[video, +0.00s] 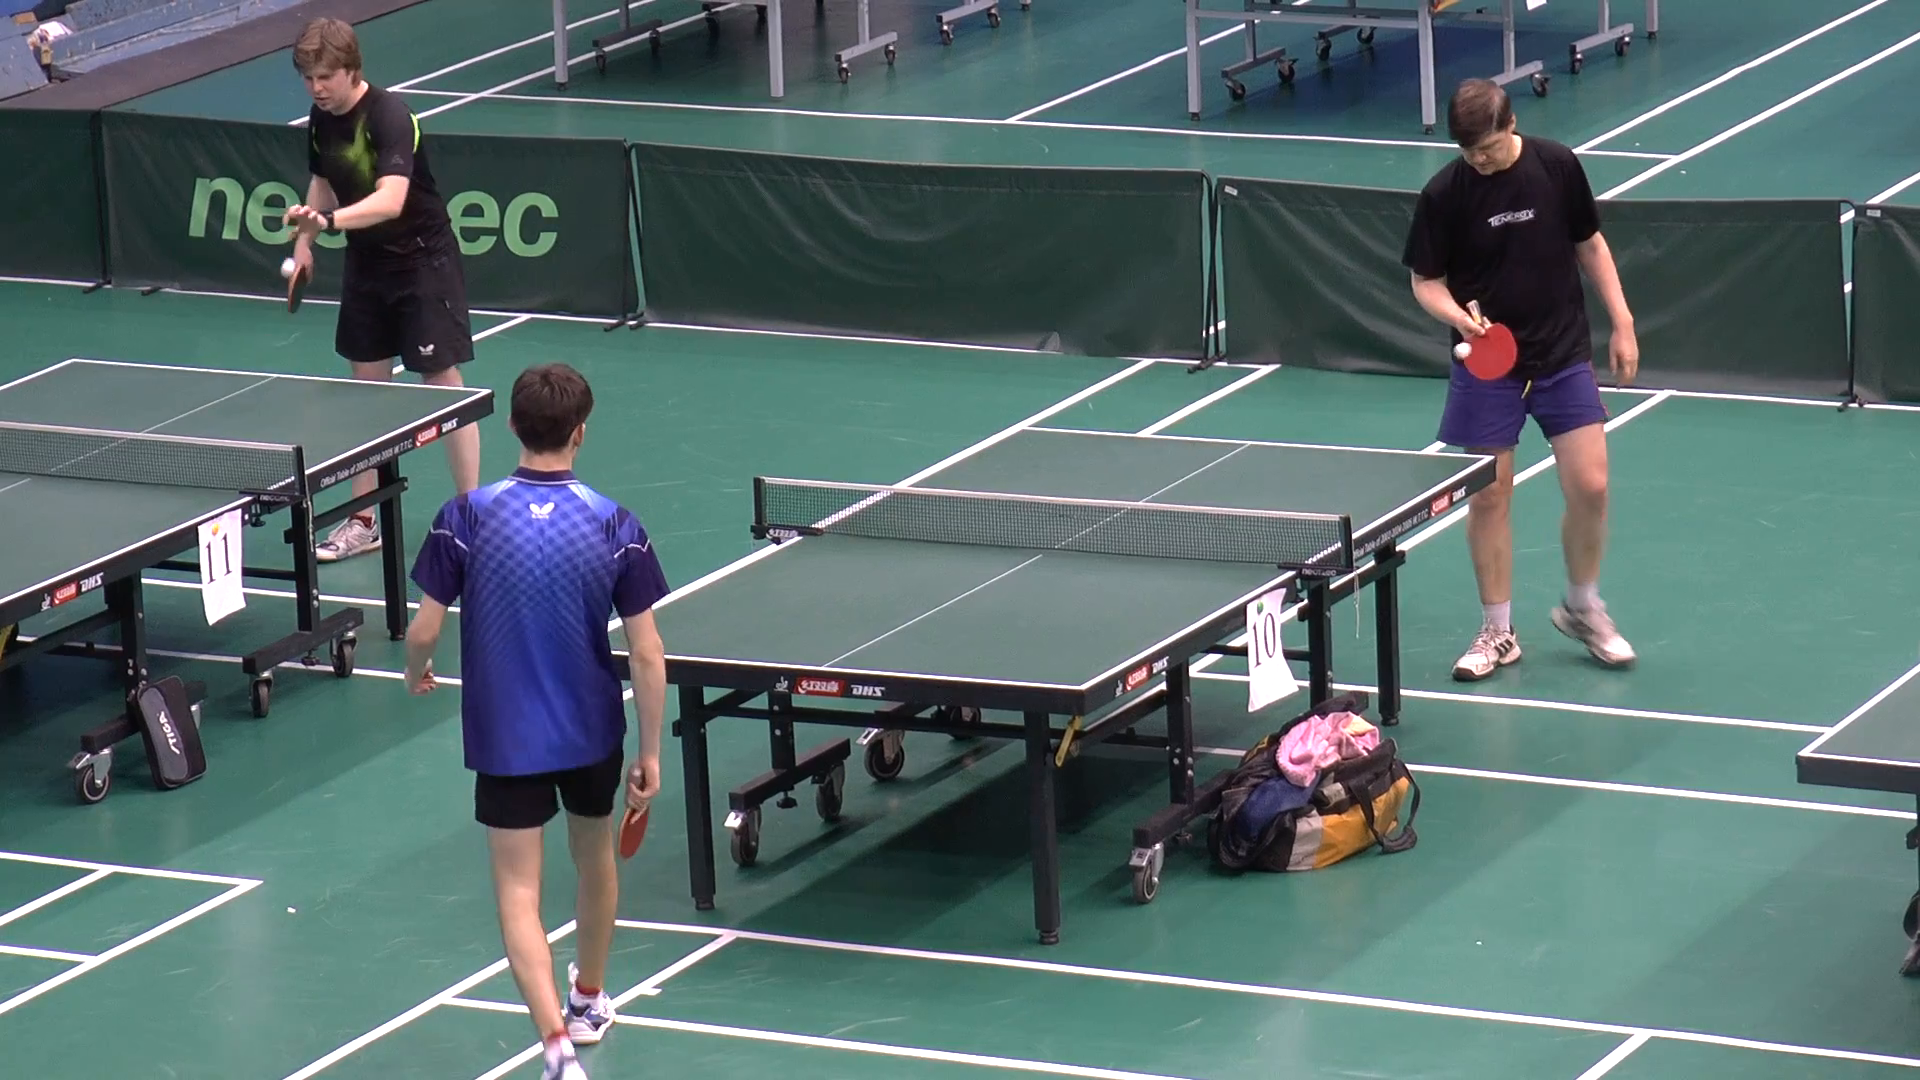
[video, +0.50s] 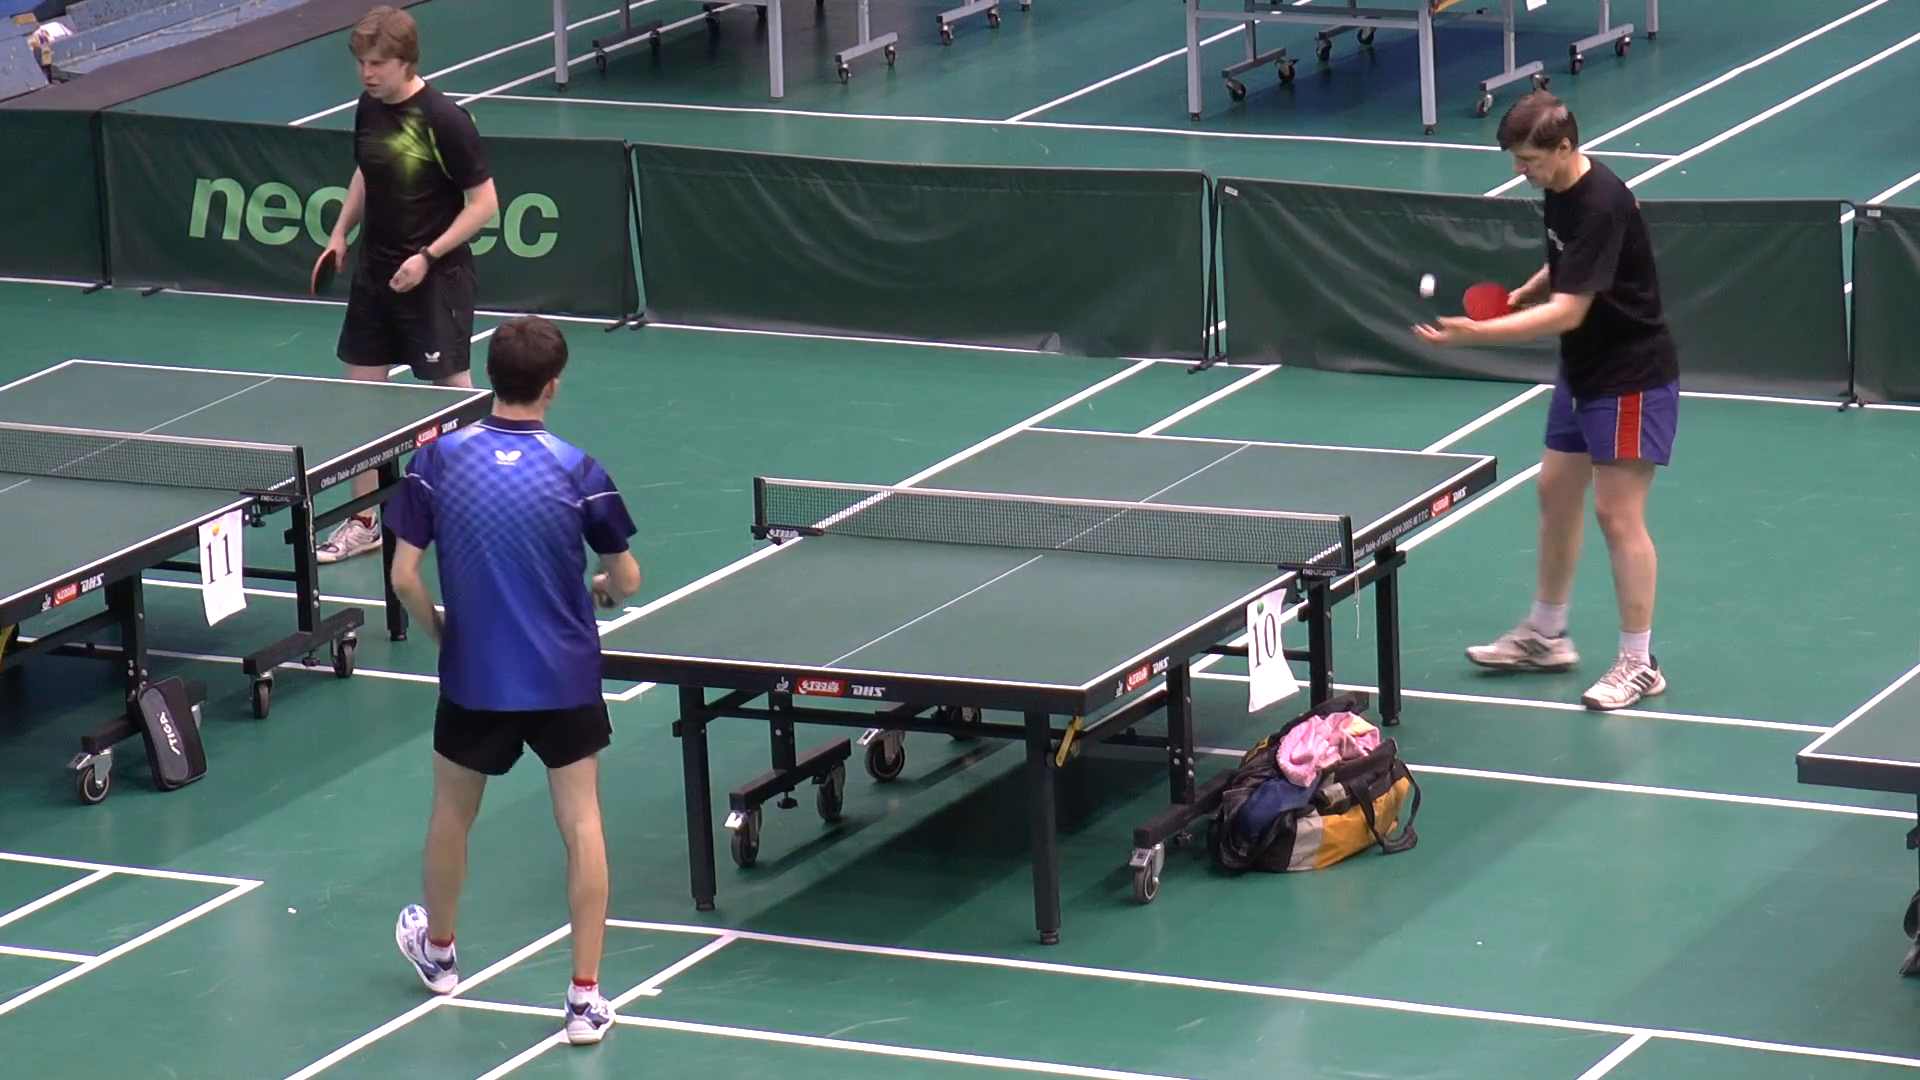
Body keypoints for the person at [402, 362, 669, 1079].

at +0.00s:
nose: (577, 432)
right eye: (580, 423)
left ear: (511, 427)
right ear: (580, 430)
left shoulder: (465, 516)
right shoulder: (612, 523)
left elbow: (422, 633)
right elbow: (648, 656)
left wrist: (418, 669)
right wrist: (650, 752)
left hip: (505, 740)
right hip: (589, 735)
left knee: (518, 894)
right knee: (598, 861)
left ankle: (558, 1052)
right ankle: (587, 1000)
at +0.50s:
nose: (555, 388)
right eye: (557, 378)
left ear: (488, 379)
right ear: (554, 384)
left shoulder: (438, 458)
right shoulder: (578, 467)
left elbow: (404, 575)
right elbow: (627, 580)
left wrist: (435, 624)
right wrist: (601, 588)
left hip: (475, 684)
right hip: (564, 685)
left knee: (451, 816)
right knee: (583, 827)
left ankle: (437, 952)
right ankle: (585, 996)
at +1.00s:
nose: (496, 352)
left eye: (492, 341)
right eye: (493, 344)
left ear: (426, 353)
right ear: (477, 354)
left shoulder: (384, 424)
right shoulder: (486, 448)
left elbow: (360, 541)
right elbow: (494, 576)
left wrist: (408, 586)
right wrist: (536, 631)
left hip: (413, 648)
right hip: (482, 652)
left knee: (433, 779)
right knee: (510, 787)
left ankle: (438, 950)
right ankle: (487, 961)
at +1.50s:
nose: (480, 368)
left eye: (477, 358)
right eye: (476, 360)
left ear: (408, 368)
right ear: (459, 373)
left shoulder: (367, 426)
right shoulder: (441, 472)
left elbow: (333, 536)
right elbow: (461, 594)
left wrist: (399, 577)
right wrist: (524, 622)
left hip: (366, 647)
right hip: (427, 658)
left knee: (371, 764)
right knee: (499, 789)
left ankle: (341, 911)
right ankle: (488, 966)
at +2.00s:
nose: (460, 362)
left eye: (457, 353)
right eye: (457, 354)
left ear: (390, 365)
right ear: (437, 365)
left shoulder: (344, 430)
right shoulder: (435, 456)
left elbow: (310, 538)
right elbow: (455, 583)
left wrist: (362, 591)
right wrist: (513, 606)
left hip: (365, 646)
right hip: (425, 655)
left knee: (369, 765)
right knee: (473, 797)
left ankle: (339, 910)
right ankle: (486, 974)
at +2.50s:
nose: (449, 355)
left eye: (445, 345)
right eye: (445, 347)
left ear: (378, 365)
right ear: (428, 363)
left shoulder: (348, 432)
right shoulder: (440, 454)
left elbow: (325, 541)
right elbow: (454, 578)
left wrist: (376, 595)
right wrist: (519, 609)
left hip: (380, 652)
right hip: (441, 660)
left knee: (353, 779)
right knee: (469, 803)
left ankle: (339, 912)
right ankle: (485, 975)